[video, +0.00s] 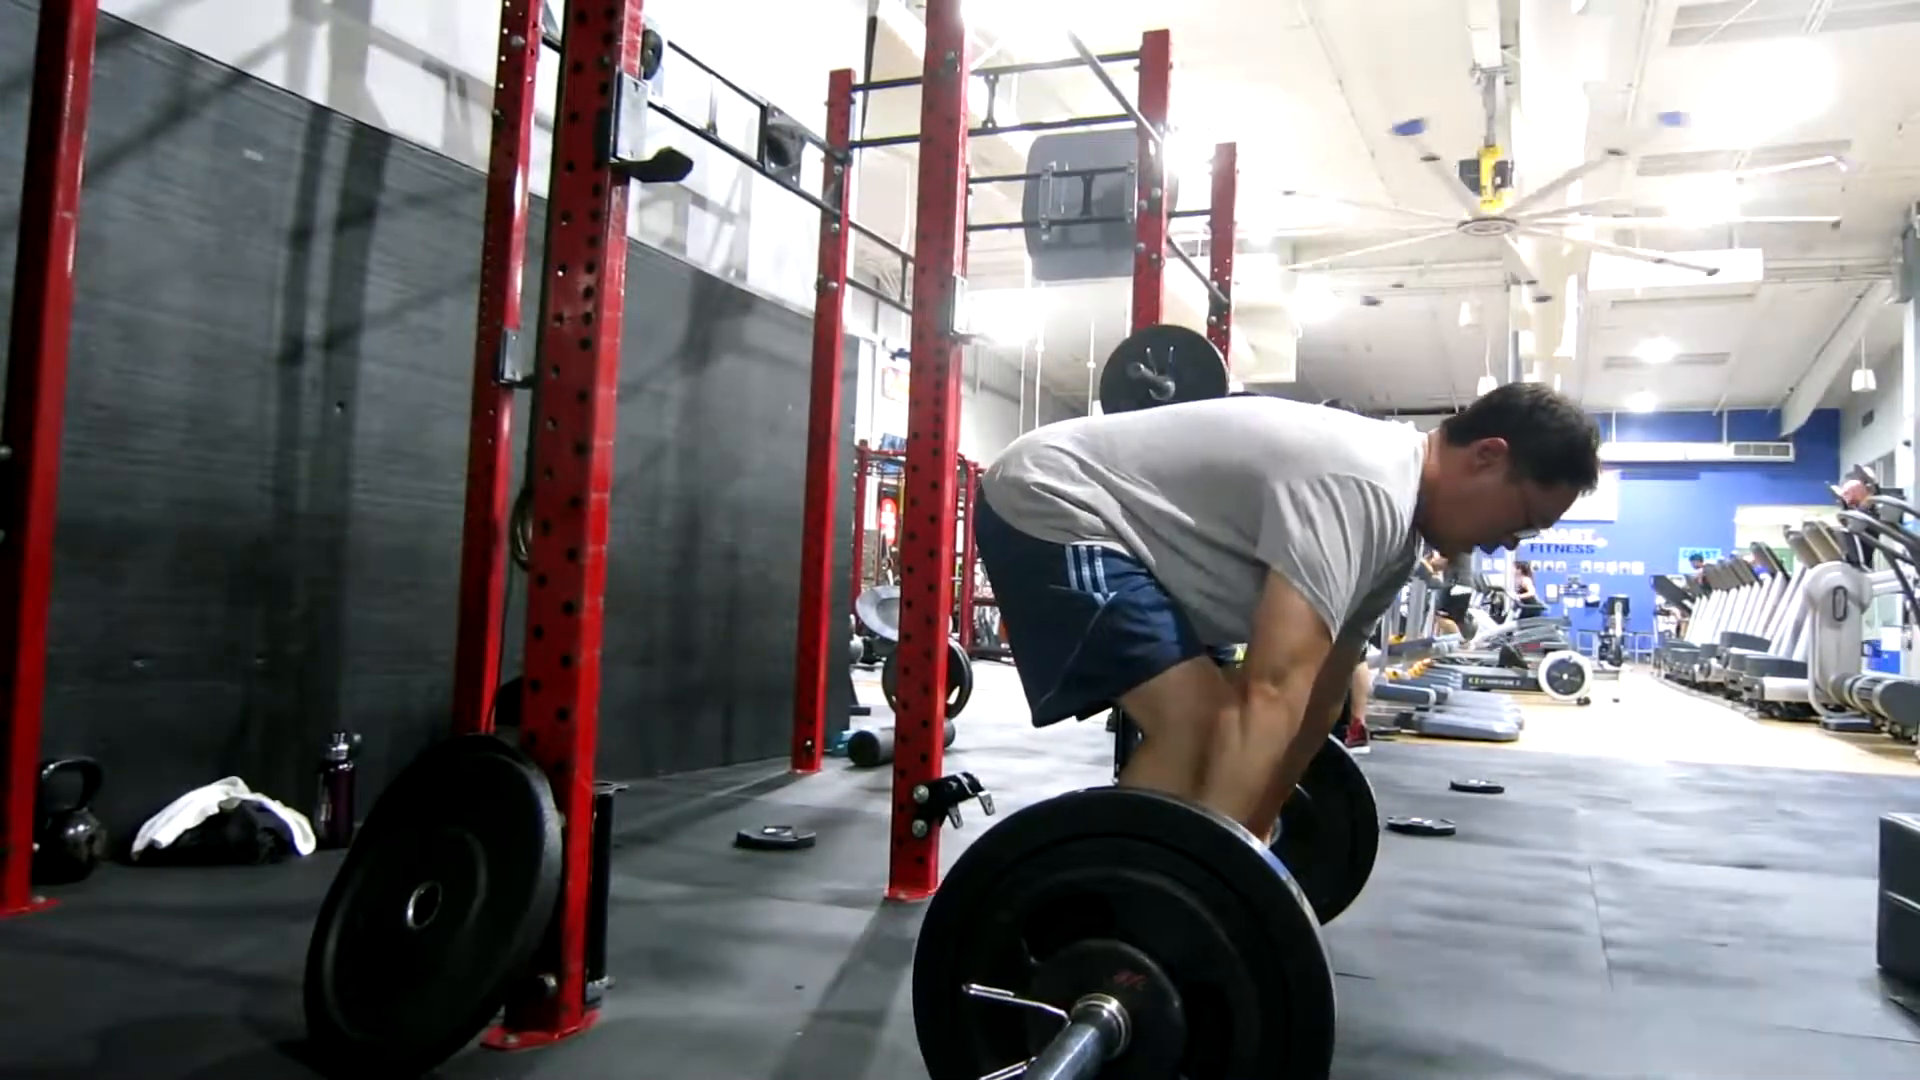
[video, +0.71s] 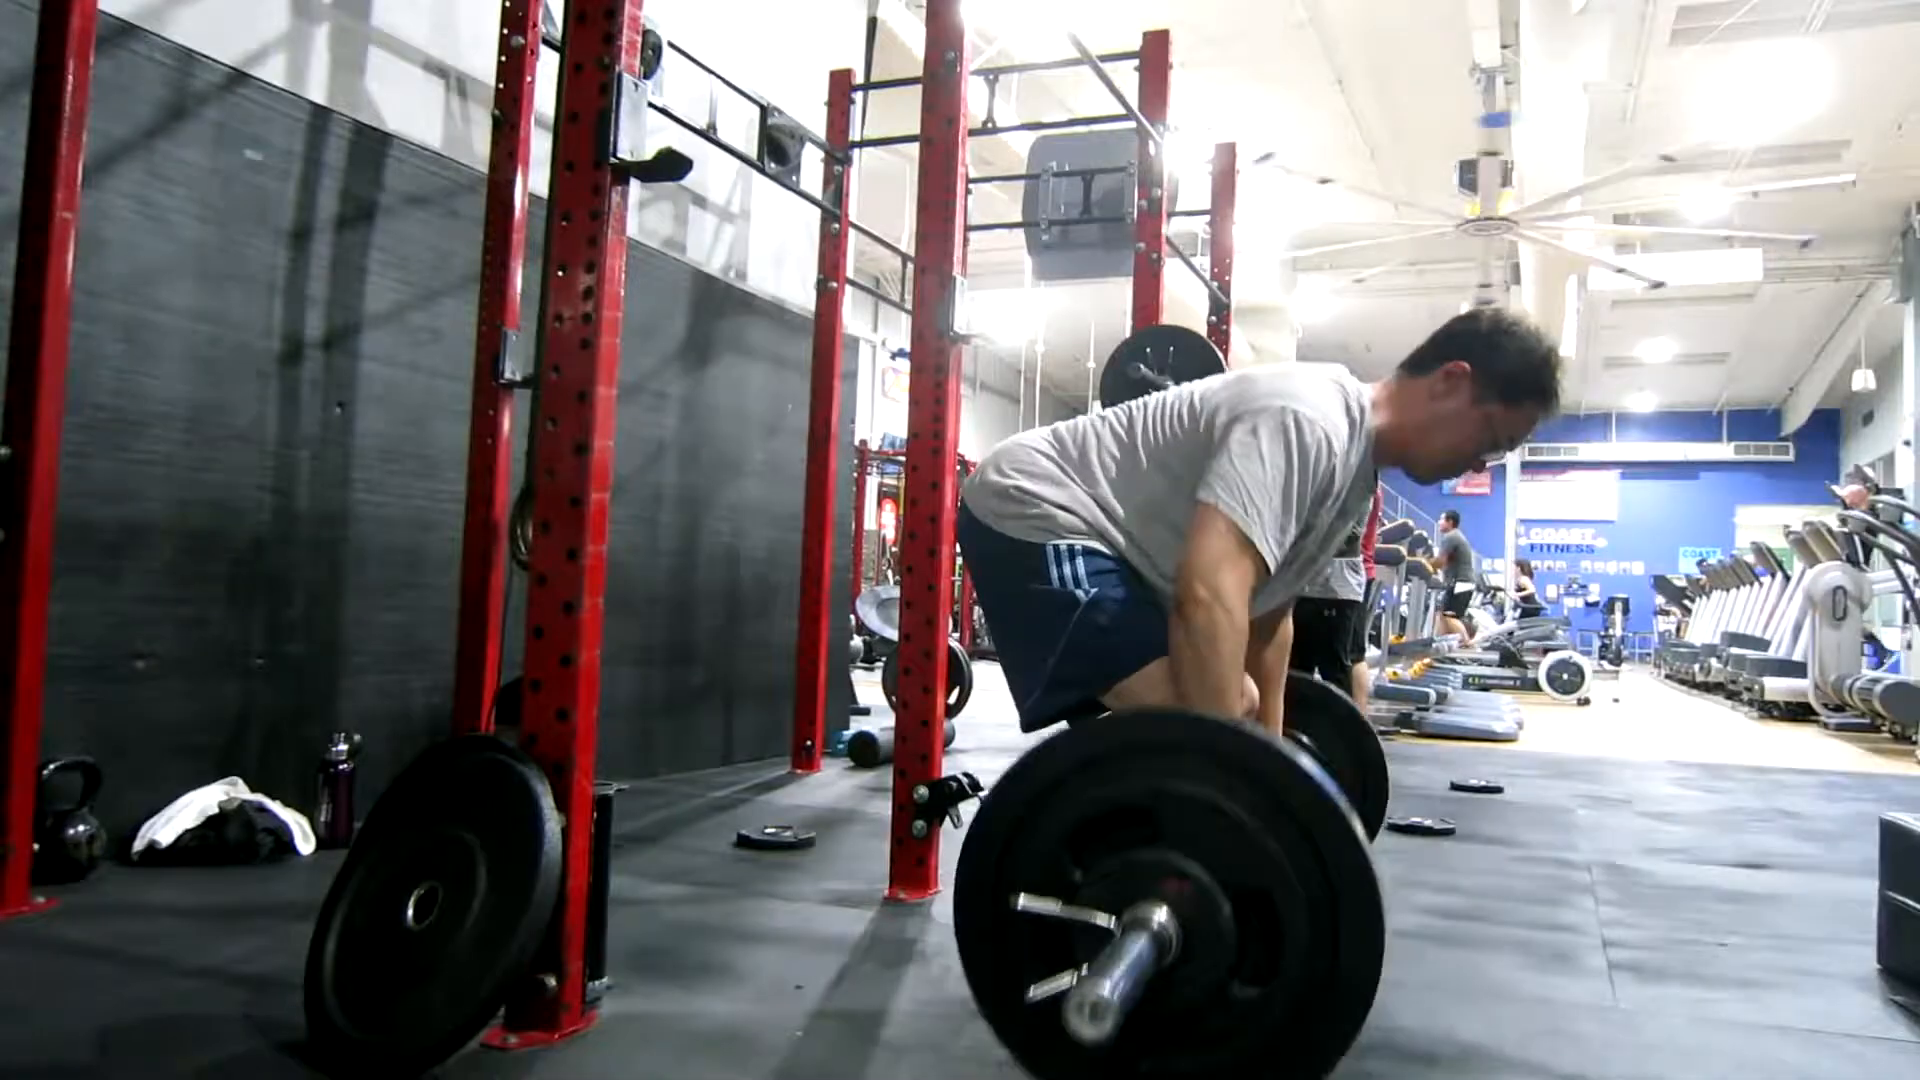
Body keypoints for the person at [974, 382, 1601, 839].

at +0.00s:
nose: (1511, 542)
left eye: (1528, 531)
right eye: (1522, 520)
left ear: (1488, 458)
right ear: (1488, 458)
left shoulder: (1401, 523)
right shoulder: (1358, 486)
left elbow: (1324, 689)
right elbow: (1269, 688)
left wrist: (1239, 849)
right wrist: (1216, 875)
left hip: (1116, 523)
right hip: (1055, 499)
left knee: (1214, 720)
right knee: (1199, 718)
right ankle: (1127, 927)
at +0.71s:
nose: (1480, 467)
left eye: (1498, 454)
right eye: (1491, 442)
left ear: (1451, 387)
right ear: (1452, 384)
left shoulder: (1352, 476)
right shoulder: (1304, 417)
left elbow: (1269, 623)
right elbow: (1206, 597)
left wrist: (1265, 782)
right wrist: (1224, 794)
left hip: (1106, 536)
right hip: (1037, 503)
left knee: (1229, 708)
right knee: (1184, 724)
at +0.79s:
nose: (1483, 434)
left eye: (1499, 421)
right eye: (1491, 408)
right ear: (1450, 352)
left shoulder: (1350, 447)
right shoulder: (1306, 389)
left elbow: (1260, 590)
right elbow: (1200, 540)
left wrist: (1267, 742)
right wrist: (1213, 738)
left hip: (1109, 531)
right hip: (1043, 501)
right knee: (1108, 754)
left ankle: (1141, 1000)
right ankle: (1100, 1007)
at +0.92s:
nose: (1483, 379)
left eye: (1500, 364)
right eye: (1494, 353)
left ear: (1453, 298)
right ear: (1452, 293)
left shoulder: (1349, 396)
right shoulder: (1312, 333)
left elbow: (1254, 518)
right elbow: (1196, 436)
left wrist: (1274, 640)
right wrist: (1214, 625)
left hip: (1114, 508)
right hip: (1047, 488)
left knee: (1175, 719)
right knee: (1124, 730)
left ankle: (1161, 939)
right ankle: (1099, 979)